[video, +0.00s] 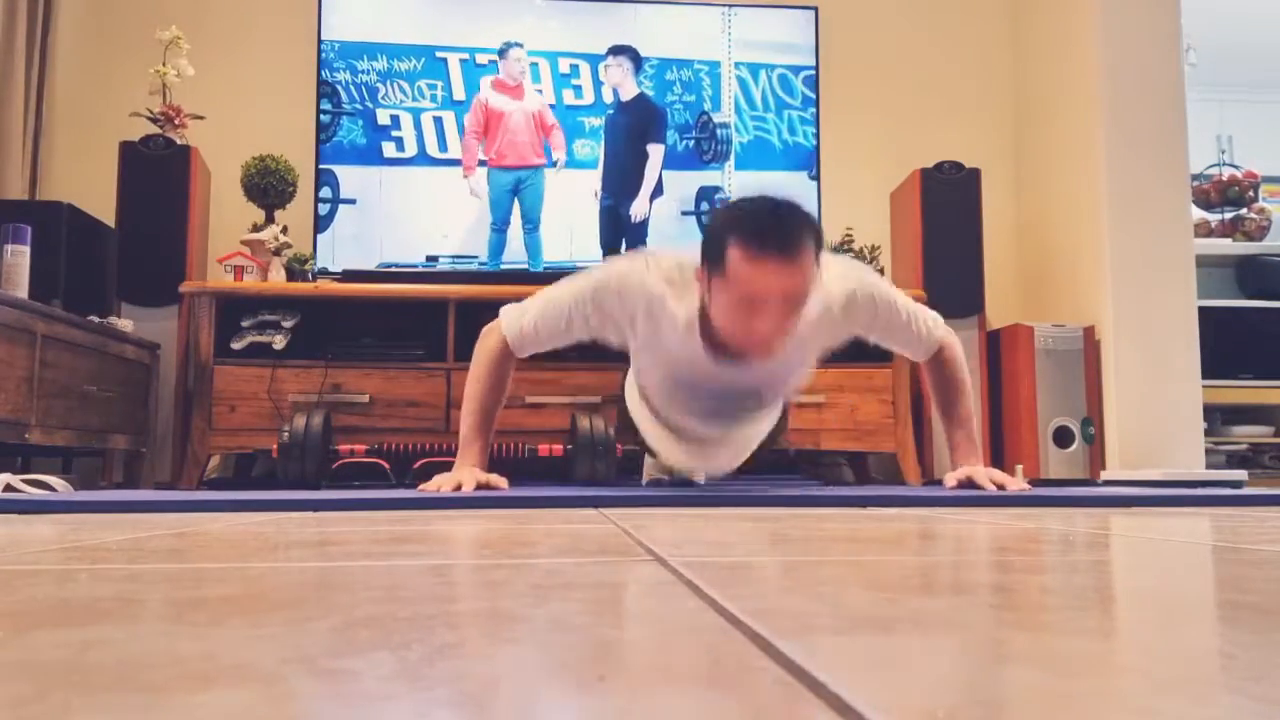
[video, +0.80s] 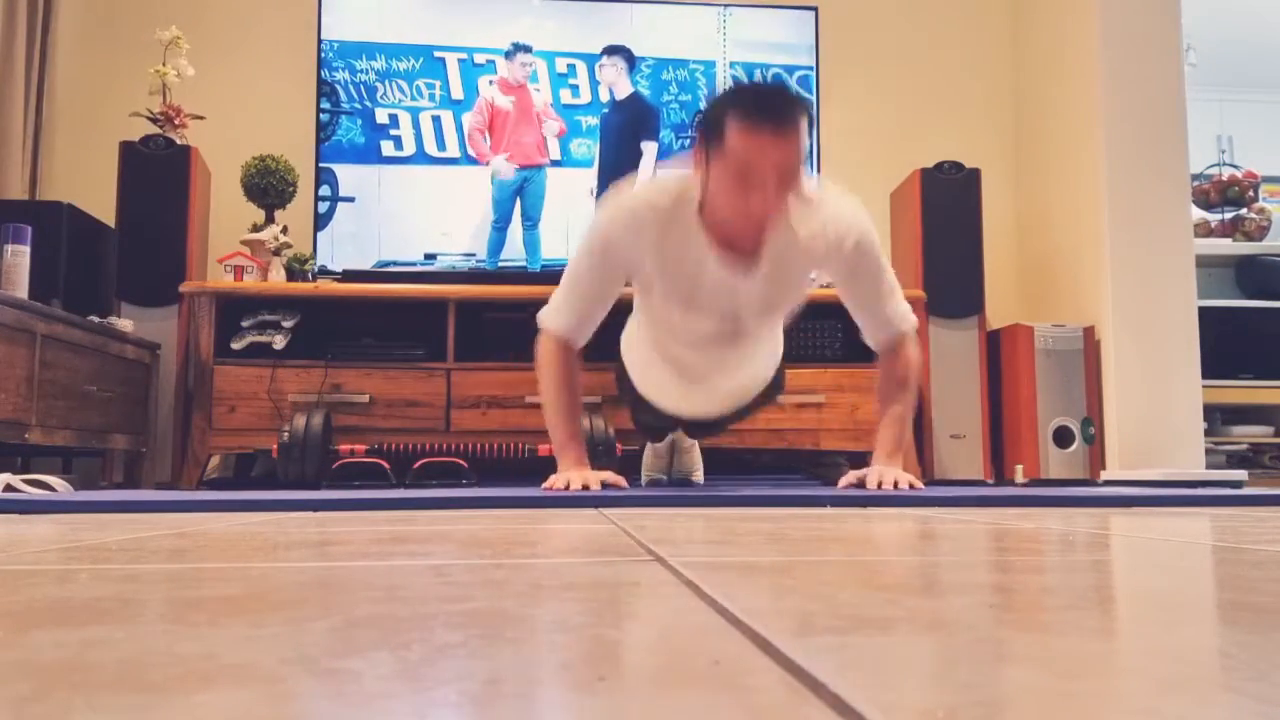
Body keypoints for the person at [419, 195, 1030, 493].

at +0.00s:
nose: (766, 323)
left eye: (784, 303)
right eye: (749, 301)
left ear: (809, 284)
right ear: (705, 280)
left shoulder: (840, 295)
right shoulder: (638, 287)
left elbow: (939, 343)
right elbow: (499, 338)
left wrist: (968, 459)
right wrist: (469, 461)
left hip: (755, 451)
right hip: (649, 446)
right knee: (635, 574)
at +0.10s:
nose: (754, 183)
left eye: (772, 163)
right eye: (738, 160)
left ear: (793, 153)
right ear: (698, 143)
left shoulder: (827, 205)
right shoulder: (634, 196)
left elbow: (901, 334)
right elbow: (547, 324)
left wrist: (960, 458)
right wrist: (474, 453)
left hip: (749, 375)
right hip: (652, 367)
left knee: (709, 426)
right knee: (654, 426)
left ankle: (681, 446)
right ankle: (662, 453)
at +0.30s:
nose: (758, 185)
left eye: (777, 163)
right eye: (738, 163)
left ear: (796, 150)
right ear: (696, 141)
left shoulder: (823, 196)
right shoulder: (638, 191)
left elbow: (886, 329)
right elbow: (559, 328)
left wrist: (888, 459)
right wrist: (569, 463)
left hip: (749, 359)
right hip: (653, 359)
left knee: (701, 416)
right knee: (653, 417)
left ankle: (683, 439)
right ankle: (657, 442)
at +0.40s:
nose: (763, 339)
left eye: (783, 319)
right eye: (745, 318)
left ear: (806, 296)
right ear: (705, 293)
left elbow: (926, 354)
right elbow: (530, 350)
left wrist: (894, 463)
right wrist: (566, 464)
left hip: (745, 415)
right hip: (647, 409)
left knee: (716, 436)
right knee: (652, 433)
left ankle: (686, 452)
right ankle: (659, 455)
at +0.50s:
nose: (768, 401)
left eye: (787, 383)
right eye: (749, 382)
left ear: (815, 349)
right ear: (707, 348)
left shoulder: (845, 324)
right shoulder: (640, 325)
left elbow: (935, 353)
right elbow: (528, 350)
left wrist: (894, 463)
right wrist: (565, 462)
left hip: (756, 456)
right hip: (655, 456)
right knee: (664, 574)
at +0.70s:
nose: (769, 342)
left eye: (790, 323)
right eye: (752, 320)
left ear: (812, 303)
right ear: (709, 294)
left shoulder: (845, 301)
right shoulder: (636, 294)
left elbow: (927, 360)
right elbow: (529, 352)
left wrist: (895, 460)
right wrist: (567, 463)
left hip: (755, 447)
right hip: (639, 448)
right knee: (634, 578)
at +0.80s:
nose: (760, 204)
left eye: (780, 183)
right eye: (744, 180)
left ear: (798, 176)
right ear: (702, 162)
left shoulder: (834, 225)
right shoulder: (634, 215)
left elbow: (898, 340)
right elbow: (557, 336)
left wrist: (888, 458)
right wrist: (571, 464)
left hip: (748, 379)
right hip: (650, 373)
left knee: (703, 425)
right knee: (653, 427)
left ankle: (683, 443)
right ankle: (661, 444)